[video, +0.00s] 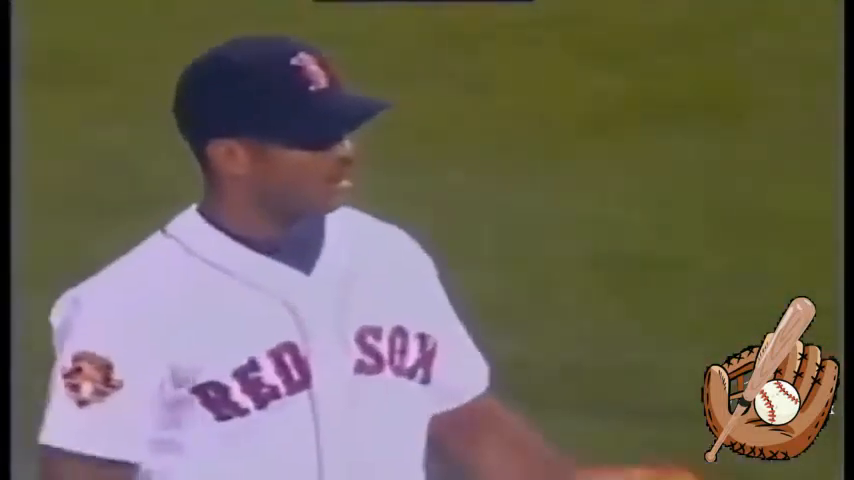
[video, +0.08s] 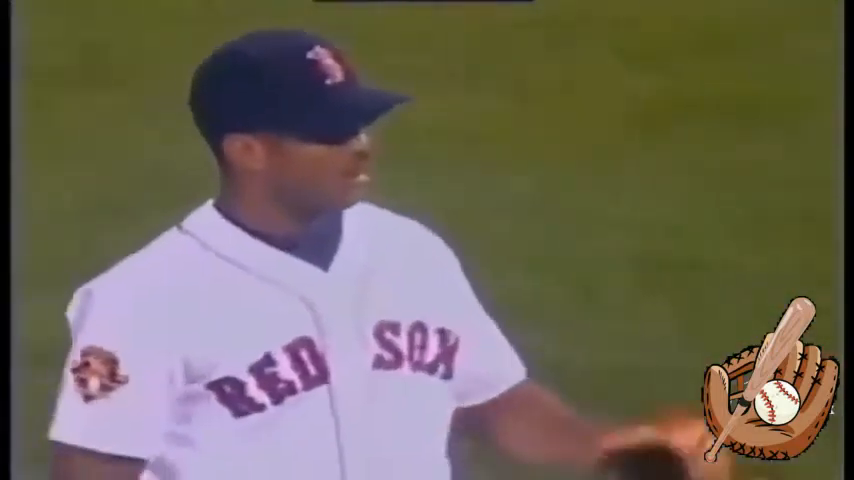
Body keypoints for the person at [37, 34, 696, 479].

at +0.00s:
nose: (351, 152)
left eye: (348, 130)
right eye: (322, 137)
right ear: (232, 158)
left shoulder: (392, 258)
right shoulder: (118, 310)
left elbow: (473, 427)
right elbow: (79, 473)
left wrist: (583, 476)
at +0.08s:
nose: (366, 146)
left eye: (363, 125)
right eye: (337, 132)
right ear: (250, 151)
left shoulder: (415, 255)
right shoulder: (135, 303)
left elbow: (507, 406)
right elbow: (89, 470)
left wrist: (609, 449)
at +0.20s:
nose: (385, 133)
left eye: (381, 110)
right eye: (354, 117)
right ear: (264, 139)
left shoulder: (440, 242)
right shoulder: (153, 292)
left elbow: (558, 369)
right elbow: (112, 469)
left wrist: (667, 379)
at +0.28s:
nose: (392, 121)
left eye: (386, 99)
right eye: (361, 108)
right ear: (274, 133)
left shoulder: (457, 236)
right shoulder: (160, 286)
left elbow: (593, 352)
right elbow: (127, 469)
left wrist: (677, 322)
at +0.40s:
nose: (396, 101)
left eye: (389, 80)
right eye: (364, 90)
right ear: (277, 116)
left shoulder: (472, 211)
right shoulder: (172, 265)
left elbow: (636, 278)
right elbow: (140, 465)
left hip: (462, 473)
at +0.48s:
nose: (398, 92)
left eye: (391, 71)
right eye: (367, 83)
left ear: (394, 62)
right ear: (282, 109)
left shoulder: (476, 188)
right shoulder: (178, 259)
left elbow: (654, 202)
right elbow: (145, 467)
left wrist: (733, 111)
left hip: (471, 471)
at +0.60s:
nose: (414, 68)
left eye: (407, 47)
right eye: (382, 58)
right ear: (298, 88)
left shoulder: (486, 141)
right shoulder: (205, 244)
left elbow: (649, 86)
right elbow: (183, 460)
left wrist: (724, 0)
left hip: (494, 462)